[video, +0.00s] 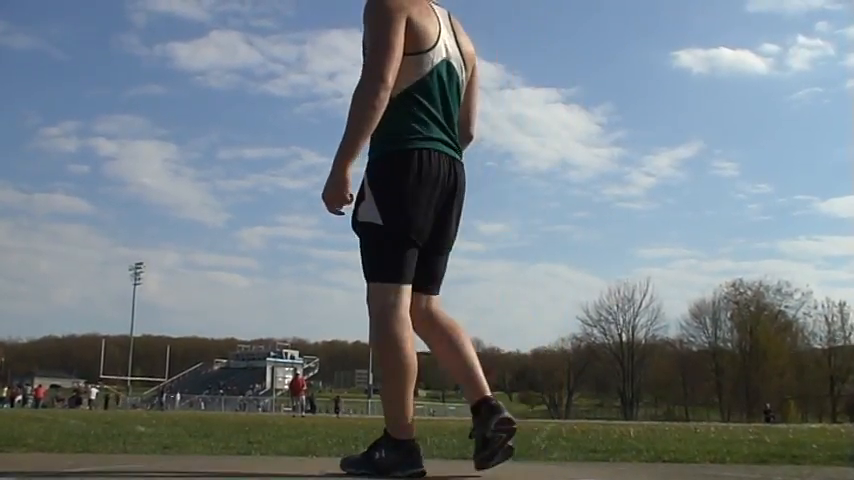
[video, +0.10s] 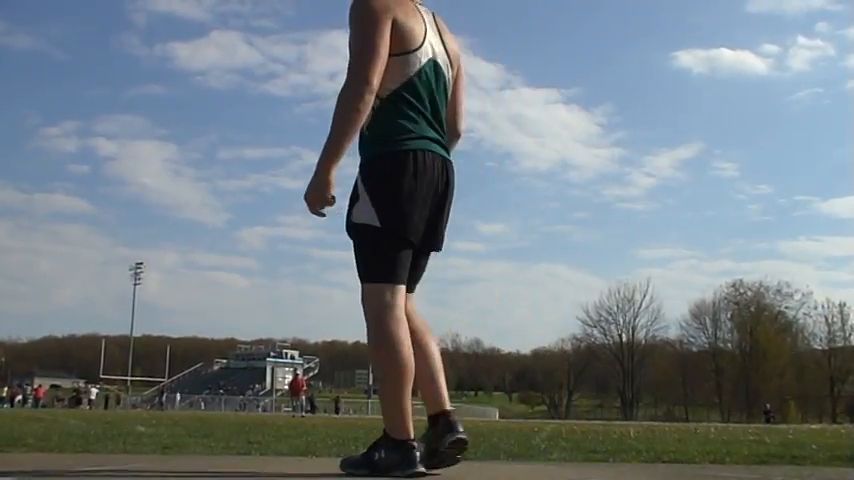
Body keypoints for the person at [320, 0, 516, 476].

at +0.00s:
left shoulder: (391, 6)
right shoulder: (464, 39)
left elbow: (377, 86)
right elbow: (467, 130)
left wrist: (341, 167)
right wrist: (424, 162)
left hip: (401, 167)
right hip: (449, 172)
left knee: (388, 307)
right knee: (425, 306)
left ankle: (399, 443)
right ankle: (488, 412)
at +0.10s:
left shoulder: (376, 6)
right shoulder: (446, 34)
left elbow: (362, 88)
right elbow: (453, 126)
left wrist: (325, 168)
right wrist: (413, 163)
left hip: (393, 165)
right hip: (437, 169)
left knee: (383, 306)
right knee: (400, 303)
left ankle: (398, 443)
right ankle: (443, 425)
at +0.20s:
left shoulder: (363, 7)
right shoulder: (431, 35)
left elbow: (351, 90)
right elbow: (440, 127)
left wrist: (314, 169)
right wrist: (410, 171)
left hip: (386, 166)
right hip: (424, 169)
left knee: (376, 301)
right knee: (379, 301)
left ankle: (398, 443)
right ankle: (392, 438)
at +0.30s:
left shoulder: (349, 11)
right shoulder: (417, 39)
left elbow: (339, 99)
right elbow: (428, 129)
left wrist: (304, 174)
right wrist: (411, 184)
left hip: (375, 170)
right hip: (412, 173)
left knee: (374, 301)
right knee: (353, 299)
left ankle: (399, 444)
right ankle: (337, 434)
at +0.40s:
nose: (316, 6)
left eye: (318, 5)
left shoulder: (335, 15)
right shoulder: (400, 41)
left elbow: (329, 100)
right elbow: (413, 131)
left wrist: (295, 180)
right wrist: (402, 190)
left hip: (362, 175)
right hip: (396, 176)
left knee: (368, 310)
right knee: (339, 306)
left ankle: (398, 444)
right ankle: (302, 432)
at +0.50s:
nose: (301, 5)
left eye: (303, 4)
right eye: (303, 4)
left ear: (313, 0)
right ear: (349, 1)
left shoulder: (322, 20)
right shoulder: (386, 46)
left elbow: (316, 104)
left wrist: (282, 186)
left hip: (347, 178)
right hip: (381, 182)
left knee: (357, 309)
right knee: (323, 308)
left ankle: (398, 441)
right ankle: (288, 436)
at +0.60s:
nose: (287, 9)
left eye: (289, 5)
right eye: (288, 6)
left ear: (299, 2)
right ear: (335, 4)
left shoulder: (307, 23)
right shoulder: (369, 50)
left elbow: (302, 104)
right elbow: (381, 144)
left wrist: (268, 182)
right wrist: (374, 216)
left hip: (331, 181)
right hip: (363, 185)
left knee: (340, 308)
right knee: (311, 311)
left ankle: (394, 434)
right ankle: (283, 439)